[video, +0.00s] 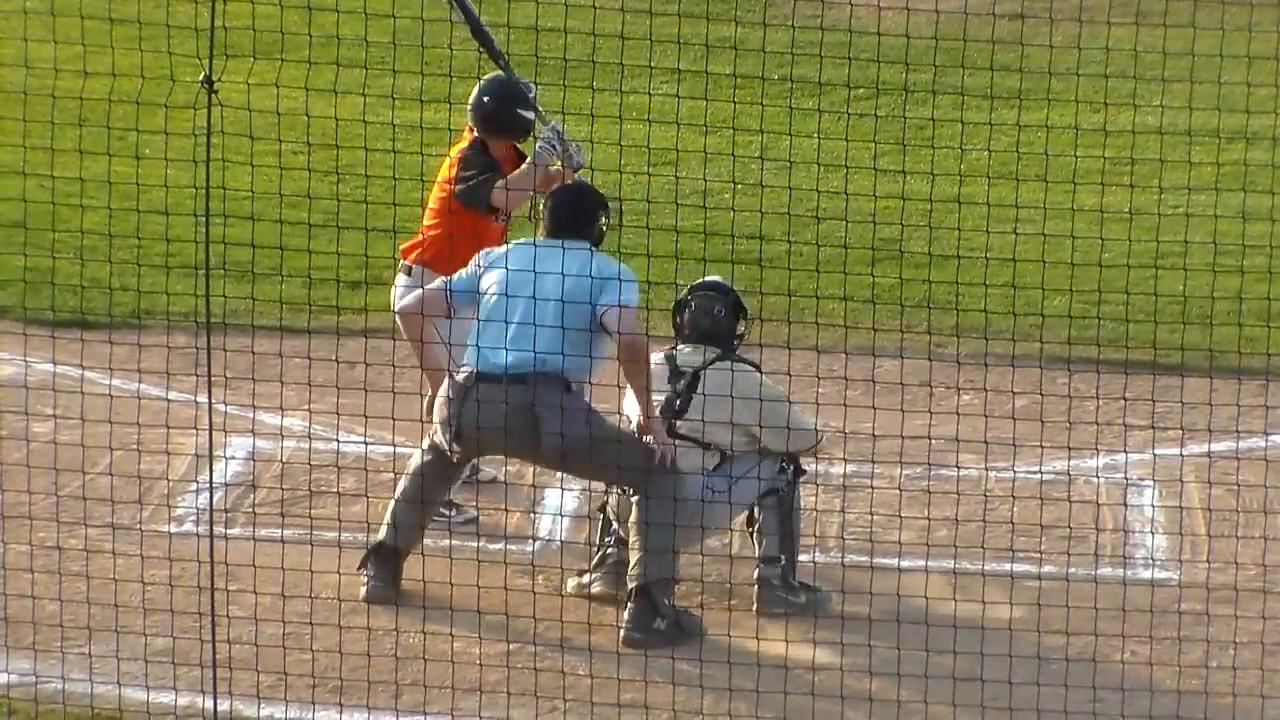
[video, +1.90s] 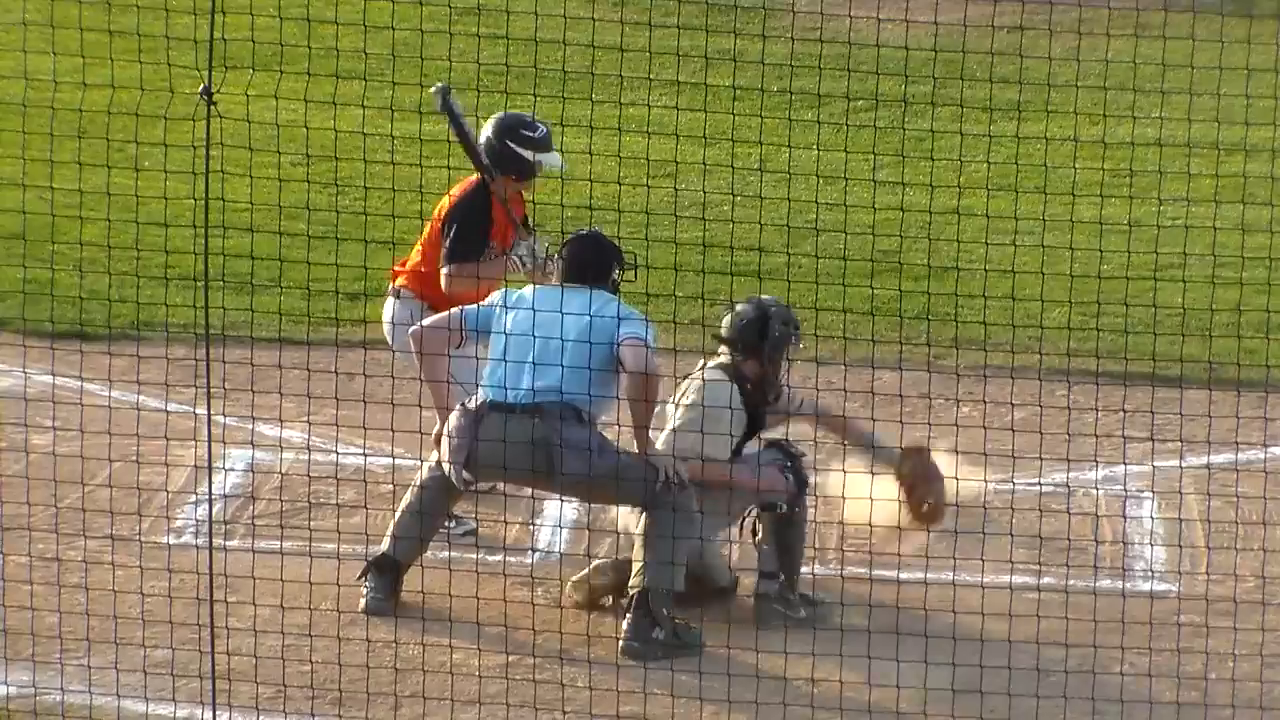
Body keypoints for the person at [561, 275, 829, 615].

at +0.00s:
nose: (738, 329)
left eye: (734, 320)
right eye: (736, 322)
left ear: (679, 324)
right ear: (731, 328)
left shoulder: (649, 368)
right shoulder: (742, 378)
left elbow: (625, 426)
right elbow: (805, 439)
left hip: (634, 504)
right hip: (692, 511)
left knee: (626, 451)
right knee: (781, 466)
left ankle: (607, 567)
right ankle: (777, 583)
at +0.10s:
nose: (739, 331)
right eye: (736, 324)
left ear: (679, 326)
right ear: (731, 331)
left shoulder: (649, 370)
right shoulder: (741, 383)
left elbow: (630, 430)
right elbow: (808, 449)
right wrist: (821, 464)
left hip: (634, 506)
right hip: (694, 510)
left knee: (626, 454)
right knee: (778, 471)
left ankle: (605, 569)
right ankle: (776, 585)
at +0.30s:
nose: (734, 336)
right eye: (731, 330)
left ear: (674, 332)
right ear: (726, 335)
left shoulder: (645, 375)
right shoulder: (733, 388)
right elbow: (783, 461)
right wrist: (823, 513)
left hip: (623, 514)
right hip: (679, 521)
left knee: (615, 452)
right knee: (768, 471)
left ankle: (605, 571)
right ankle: (775, 587)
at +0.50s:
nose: (731, 344)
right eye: (727, 337)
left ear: (669, 339)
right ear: (721, 343)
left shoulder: (642, 381)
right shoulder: (729, 394)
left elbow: (617, 446)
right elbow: (754, 471)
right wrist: (788, 536)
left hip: (627, 506)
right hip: (686, 512)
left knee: (615, 464)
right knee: (769, 470)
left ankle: (605, 576)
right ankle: (774, 592)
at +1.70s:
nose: (745, 357)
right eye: (743, 349)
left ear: (688, 346)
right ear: (736, 354)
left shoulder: (665, 384)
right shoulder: (725, 398)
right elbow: (728, 495)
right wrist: (776, 545)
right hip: (686, 510)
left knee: (618, 469)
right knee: (768, 474)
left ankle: (607, 574)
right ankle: (775, 592)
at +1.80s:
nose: (772, 364)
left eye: (772, 354)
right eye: (768, 354)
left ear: (718, 350)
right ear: (751, 359)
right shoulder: (723, 397)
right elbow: (710, 495)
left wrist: (829, 497)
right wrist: (763, 514)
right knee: (767, 470)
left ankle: (612, 568)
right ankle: (773, 593)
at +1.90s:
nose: (786, 366)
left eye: (786, 357)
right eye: (781, 356)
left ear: (744, 349)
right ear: (756, 354)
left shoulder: (743, 382)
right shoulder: (718, 389)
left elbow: (824, 417)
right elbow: (682, 465)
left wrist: (893, 457)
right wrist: (751, 479)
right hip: (670, 515)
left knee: (716, 585)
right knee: (783, 459)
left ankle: (622, 577)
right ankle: (778, 594)